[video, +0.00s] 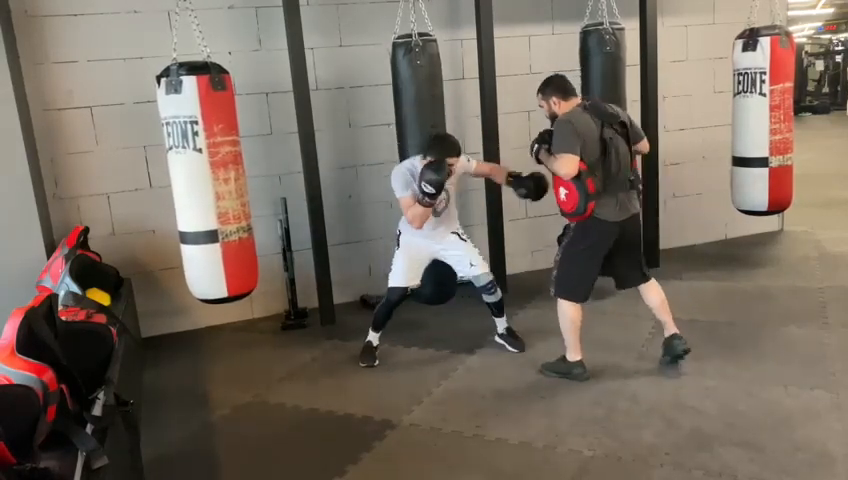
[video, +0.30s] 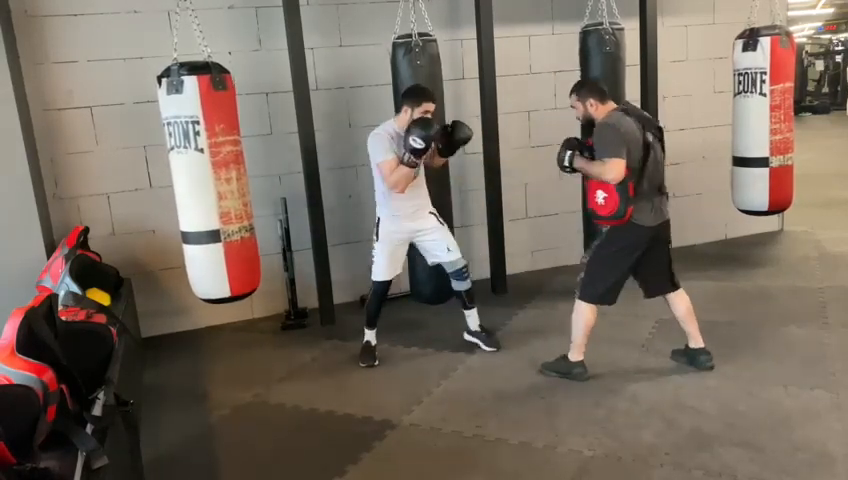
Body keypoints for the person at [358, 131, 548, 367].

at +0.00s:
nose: (453, 170)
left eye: (455, 164)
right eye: (448, 165)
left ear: (457, 160)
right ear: (430, 160)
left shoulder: (456, 164)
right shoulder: (402, 174)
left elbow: (491, 170)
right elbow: (416, 221)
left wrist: (515, 179)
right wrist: (429, 191)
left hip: (450, 235)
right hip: (414, 239)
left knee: (487, 281)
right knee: (397, 293)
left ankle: (503, 330)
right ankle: (371, 342)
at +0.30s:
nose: (428, 118)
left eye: (430, 114)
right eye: (425, 113)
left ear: (419, 110)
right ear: (409, 109)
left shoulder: (419, 131)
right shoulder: (379, 138)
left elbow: (434, 162)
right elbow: (396, 184)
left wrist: (448, 147)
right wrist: (415, 153)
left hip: (424, 216)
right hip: (392, 222)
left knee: (457, 266)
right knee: (381, 283)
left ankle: (474, 328)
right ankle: (369, 340)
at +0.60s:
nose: (431, 116)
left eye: (435, 112)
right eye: (430, 110)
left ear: (427, 110)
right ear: (413, 104)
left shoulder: (420, 132)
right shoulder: (385, 132)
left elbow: (441, 169)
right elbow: (401, 179)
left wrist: (449, 135)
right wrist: (425, 146)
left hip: (420, 218)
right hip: (389, 220)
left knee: (443, 274)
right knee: (379, 281)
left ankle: (462, 334)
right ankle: (368, 342)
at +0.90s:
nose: (423, 121)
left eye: (425, 116)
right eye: (420, 115)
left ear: (410, 113)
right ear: (401, 111)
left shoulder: (415, 139)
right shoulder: (373, 142)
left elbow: (434, 178)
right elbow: (393, 187)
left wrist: (444, 151)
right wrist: (414, 159)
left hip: (416, 223)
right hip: (383, 227)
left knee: (450, 275)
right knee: (378, 290)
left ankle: (462, 334)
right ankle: (368, 348)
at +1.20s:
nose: (425, 113)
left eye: (427, 107)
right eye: (421, 106)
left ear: (412, 106)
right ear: (402, 104)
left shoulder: (416, 132)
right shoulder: (377, 135)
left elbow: (432, 163)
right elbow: (398, 180)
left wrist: (445, 134)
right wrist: (419, 148)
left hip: (419, 222)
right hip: (387, 225)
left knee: (445, 280)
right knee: (377, 288)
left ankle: (471, 344)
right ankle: (368, 347)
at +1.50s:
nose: (451, 116)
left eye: (453, 111)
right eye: (449, 109)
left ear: (437, 107)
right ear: (432, 103)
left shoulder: (436, 133)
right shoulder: (400, 132)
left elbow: (467, 166)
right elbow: (423, 177)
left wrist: (469, 126)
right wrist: (448, 144)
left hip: (430, 223)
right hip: (400, 224)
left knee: (451, 284)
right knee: (395, 292)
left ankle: (474, 346)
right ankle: (370, 347)